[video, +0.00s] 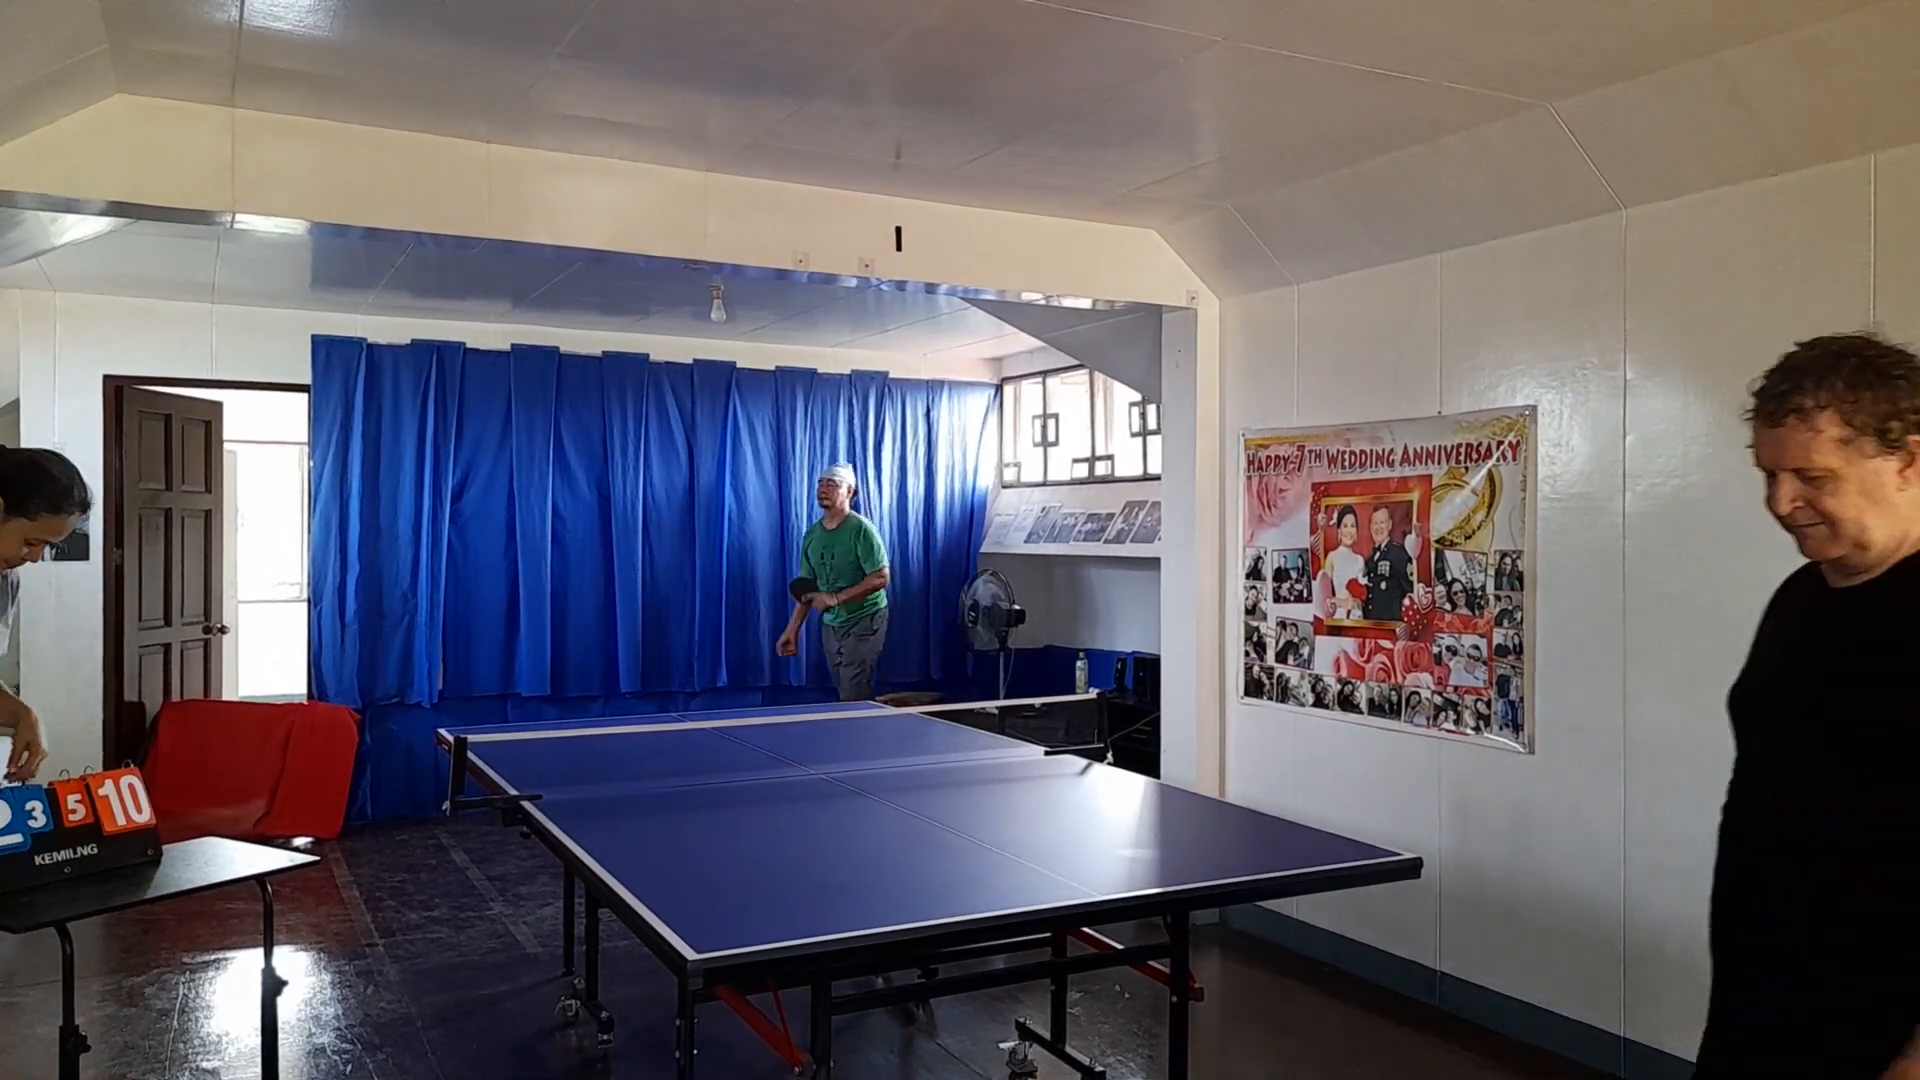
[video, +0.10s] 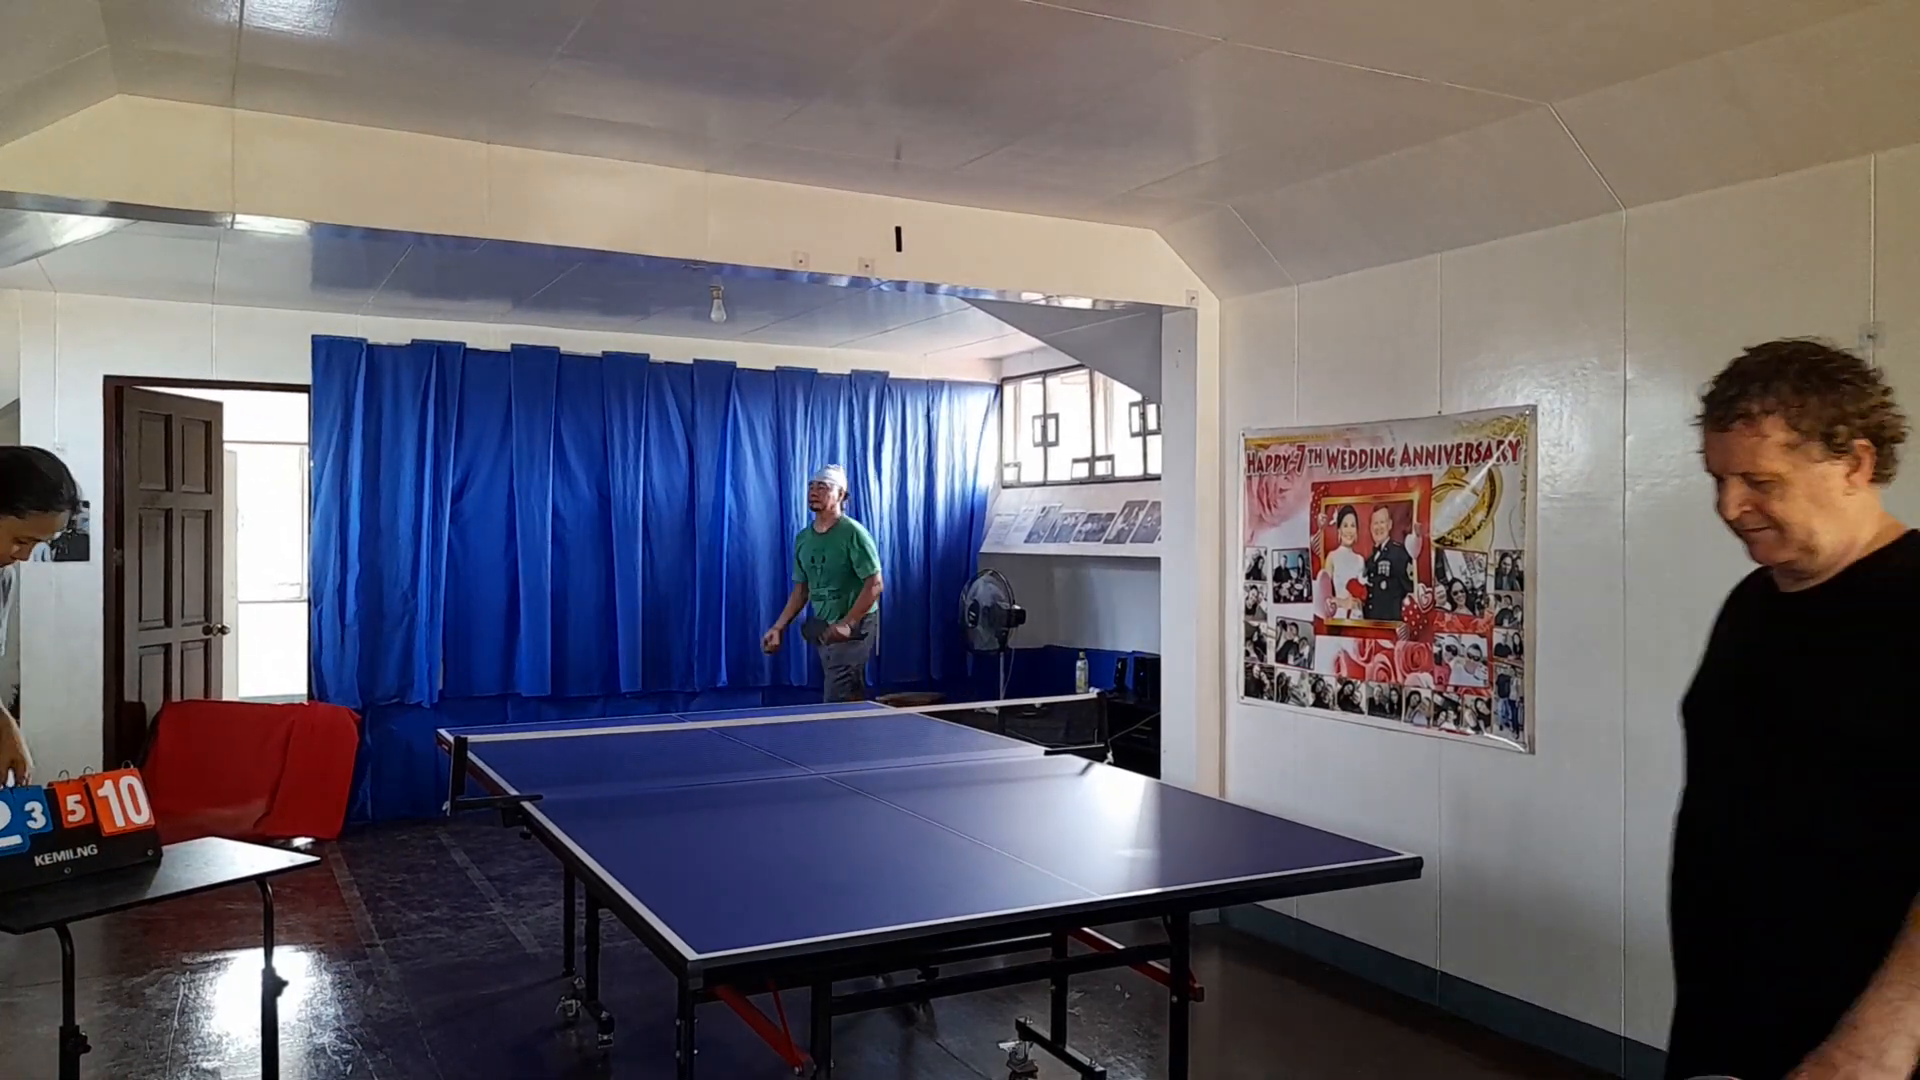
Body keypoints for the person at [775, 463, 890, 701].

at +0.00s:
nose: (823, 489)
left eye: (832, 484)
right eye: (821, 484)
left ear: (849, 492)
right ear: (816, 489)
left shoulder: (862, 530)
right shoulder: (812, 535)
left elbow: (881, 577)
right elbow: (807, 590)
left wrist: (835, 599)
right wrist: (792, 630)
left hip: (864, 620)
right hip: (831, 623)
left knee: (852, 696)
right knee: (847, 695)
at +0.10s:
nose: (814, 491)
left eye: (823, 486)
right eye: (812, 486)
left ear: (840, 496)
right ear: (807, 491)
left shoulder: (854, 533)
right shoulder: (803, 539)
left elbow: (874, 585)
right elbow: (801, 590)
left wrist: (847, 622)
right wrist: (777, 628)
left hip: (857, 627)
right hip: (825, 628)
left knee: (835, 701)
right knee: (850, 702)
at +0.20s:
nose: (806, 493)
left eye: (815, 489)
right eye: (804, 487)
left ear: (831, 498)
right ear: (799, 492)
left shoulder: (844, 538)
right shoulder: (795, 539)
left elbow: (870, 589)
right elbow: (790, 589)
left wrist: (855, 635)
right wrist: (764, 618)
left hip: (836, 636)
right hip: (811, 636)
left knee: (816, 711)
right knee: (845, 711)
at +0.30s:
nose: (797, 494)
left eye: (807, 490)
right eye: (796, 488)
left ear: (824, 500)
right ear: (792, 492)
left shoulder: (835, 540)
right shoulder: (784, 539)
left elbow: (860, 589)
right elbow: (775, 589)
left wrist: (851, 638)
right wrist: (749, 601)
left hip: (823, 634)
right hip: (795, 635)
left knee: (798, 705)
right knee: (822, 707)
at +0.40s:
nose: (789, 491)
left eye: (799, 487)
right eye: (789, 485)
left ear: (816, 497)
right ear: (785, 489)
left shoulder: (826, 538)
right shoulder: (775, 535)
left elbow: (849, 588)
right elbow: (761, 584)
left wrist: (837, 634)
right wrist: (737, 577)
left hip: (811, 631)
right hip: (780, 631)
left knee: (787, 706)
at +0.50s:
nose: (780, 488)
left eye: (790, 485)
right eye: (779, 481)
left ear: (807, 494)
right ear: (775, 483)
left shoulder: (818, 534)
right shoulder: (765, 530)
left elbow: (836, 586)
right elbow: (742, 578)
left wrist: (814, 628)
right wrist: (730, 550)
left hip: (800, 633)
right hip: (765, 633)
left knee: (785, 706)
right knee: (754, 703)